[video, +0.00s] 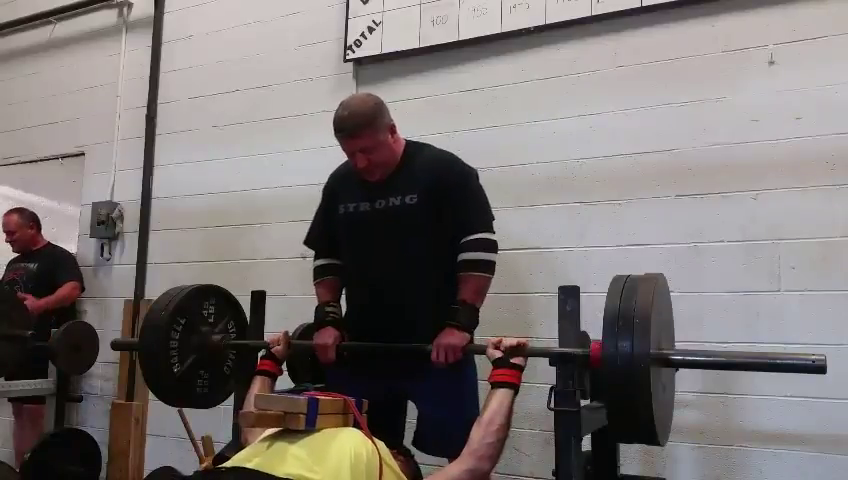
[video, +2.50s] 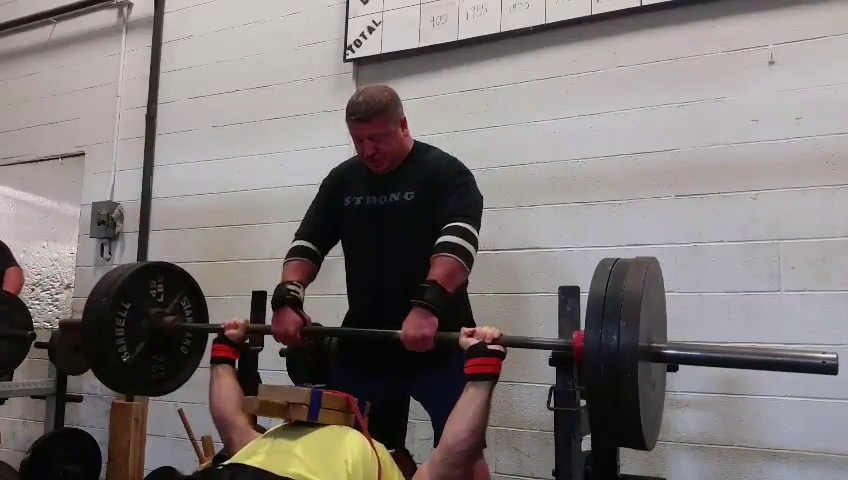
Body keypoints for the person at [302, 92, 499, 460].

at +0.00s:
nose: (359, 163)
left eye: (367, 151)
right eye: (351, 154)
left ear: (393, 133)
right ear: (341, 145)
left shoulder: (449, 175)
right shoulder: (341, 184)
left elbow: (479, 251)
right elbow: (327, 259)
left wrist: (460, 323)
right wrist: (328, 319)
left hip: (438, 346)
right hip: (366, 348)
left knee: (463, 459)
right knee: (370, 460)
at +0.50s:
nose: (361, 165)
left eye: (370, 154)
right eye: (352, 156)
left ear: (396, 136)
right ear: (342, 146)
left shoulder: (449, 174)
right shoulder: (339, 183)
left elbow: (479, 252)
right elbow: (327, 257)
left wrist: (460, 324)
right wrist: (328, 319)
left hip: (438, 345)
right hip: (367, 346)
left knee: (462, 457)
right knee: (367, 459)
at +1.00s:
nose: (359, 170)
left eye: (368, 159)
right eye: (350, 161)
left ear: (394, 141)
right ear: (340, 152)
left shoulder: (446, 177)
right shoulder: (337, 186)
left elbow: (483, 249)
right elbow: (323, 257)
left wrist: (460, 322)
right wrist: (327, 321)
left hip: (439, 347)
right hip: (365, 348)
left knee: (462, 457)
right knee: (363, 459)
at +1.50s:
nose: (366, 144)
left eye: (375, 133)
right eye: (356, 135)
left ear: (400, 120)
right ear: (348, 129)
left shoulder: (448, 166)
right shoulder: (342, 173)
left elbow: (479, 241)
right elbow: (326, 248)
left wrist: (456, 311)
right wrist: (325, 312)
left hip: (436, 341)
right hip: (360, 342)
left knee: (460, 456)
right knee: (356, 459)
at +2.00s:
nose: (370, 146)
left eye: (380, 135)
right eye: (362, 136)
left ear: (406, 124)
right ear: (352, 131)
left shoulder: (450, 171)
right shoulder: (346, 177)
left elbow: (472, 246)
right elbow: (319, 247)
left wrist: (443, 309)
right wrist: (307, 307)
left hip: (438, 343)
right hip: (364, 345)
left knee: (465, 456)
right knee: (363, 459)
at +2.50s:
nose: (368, 150)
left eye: (378, 139)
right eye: (359, 140)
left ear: (404, 126)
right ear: (350, 135)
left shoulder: (448, 175)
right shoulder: (343, 181)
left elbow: (456, 248)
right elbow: (308, 245)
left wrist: (428, 305)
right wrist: (287, 299)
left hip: (440, 342)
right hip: (365, 340)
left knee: (463, 452)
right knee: (364, 455)